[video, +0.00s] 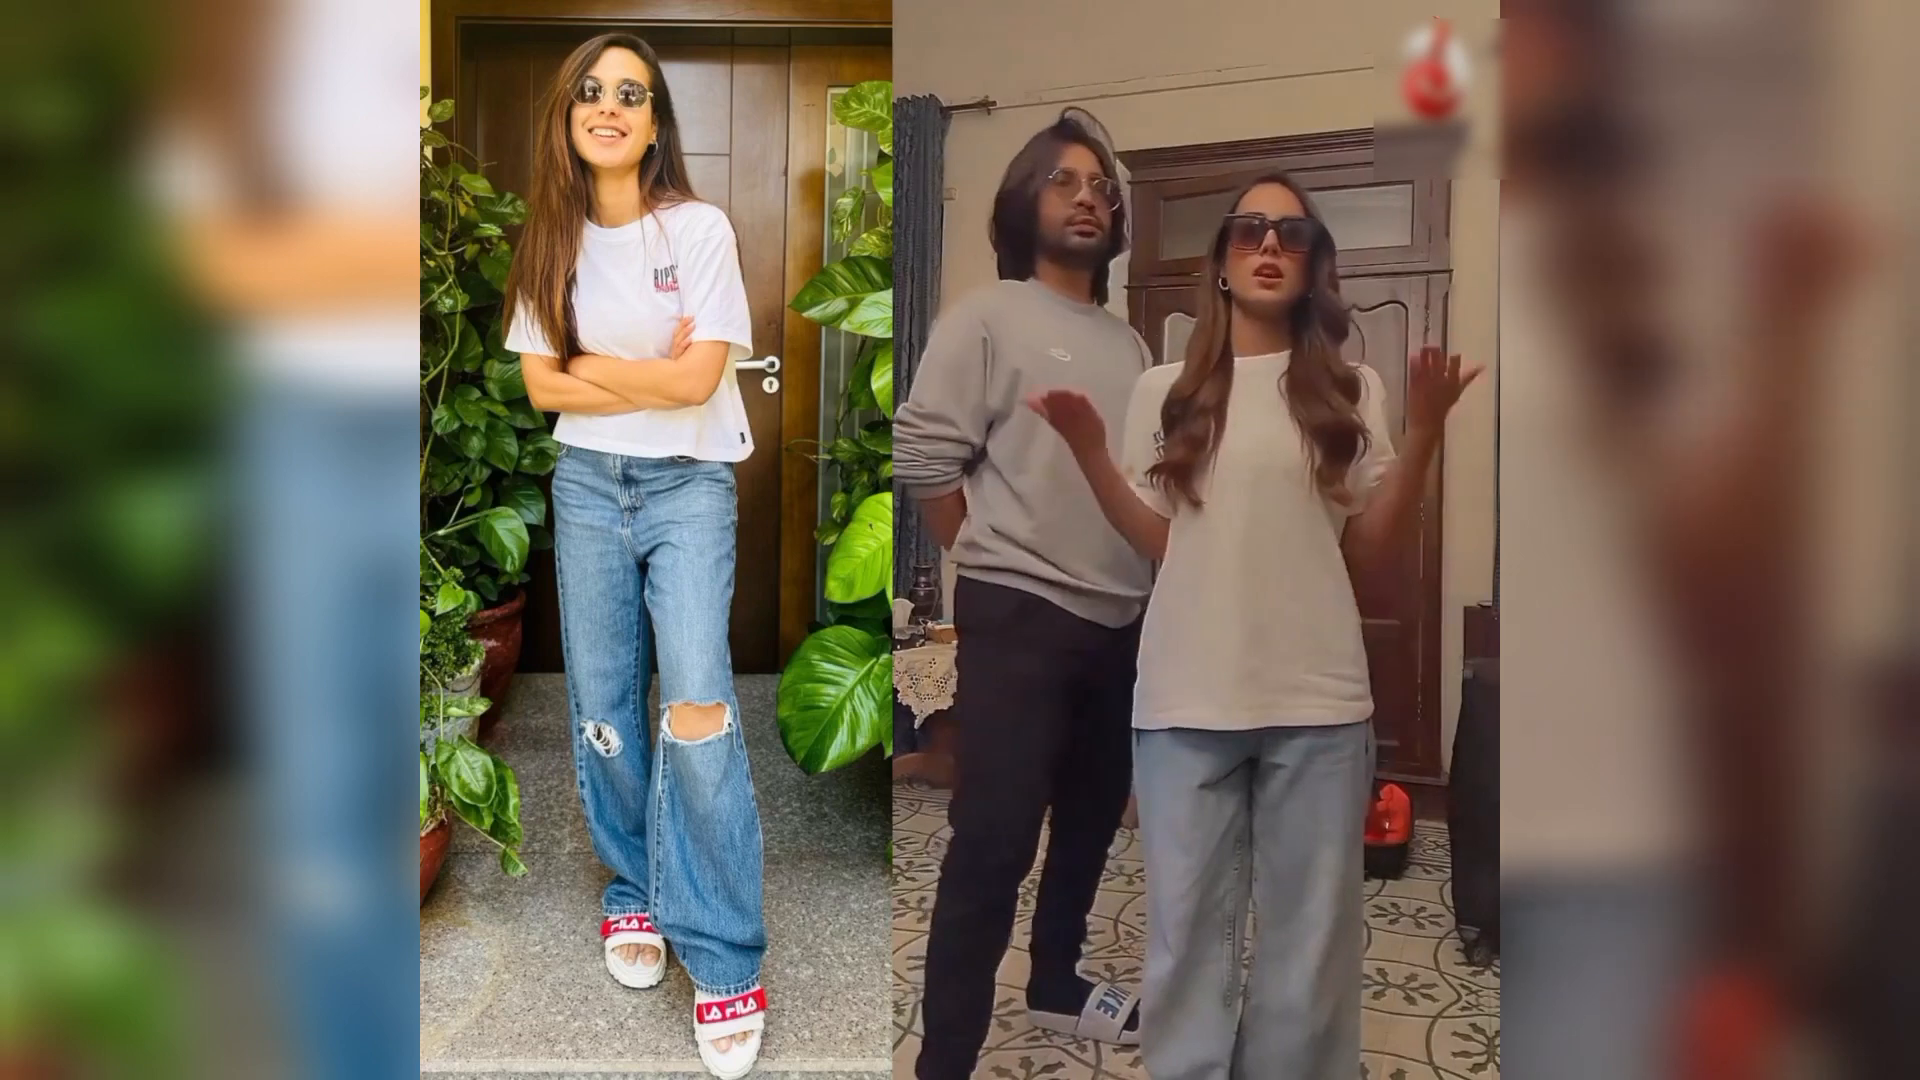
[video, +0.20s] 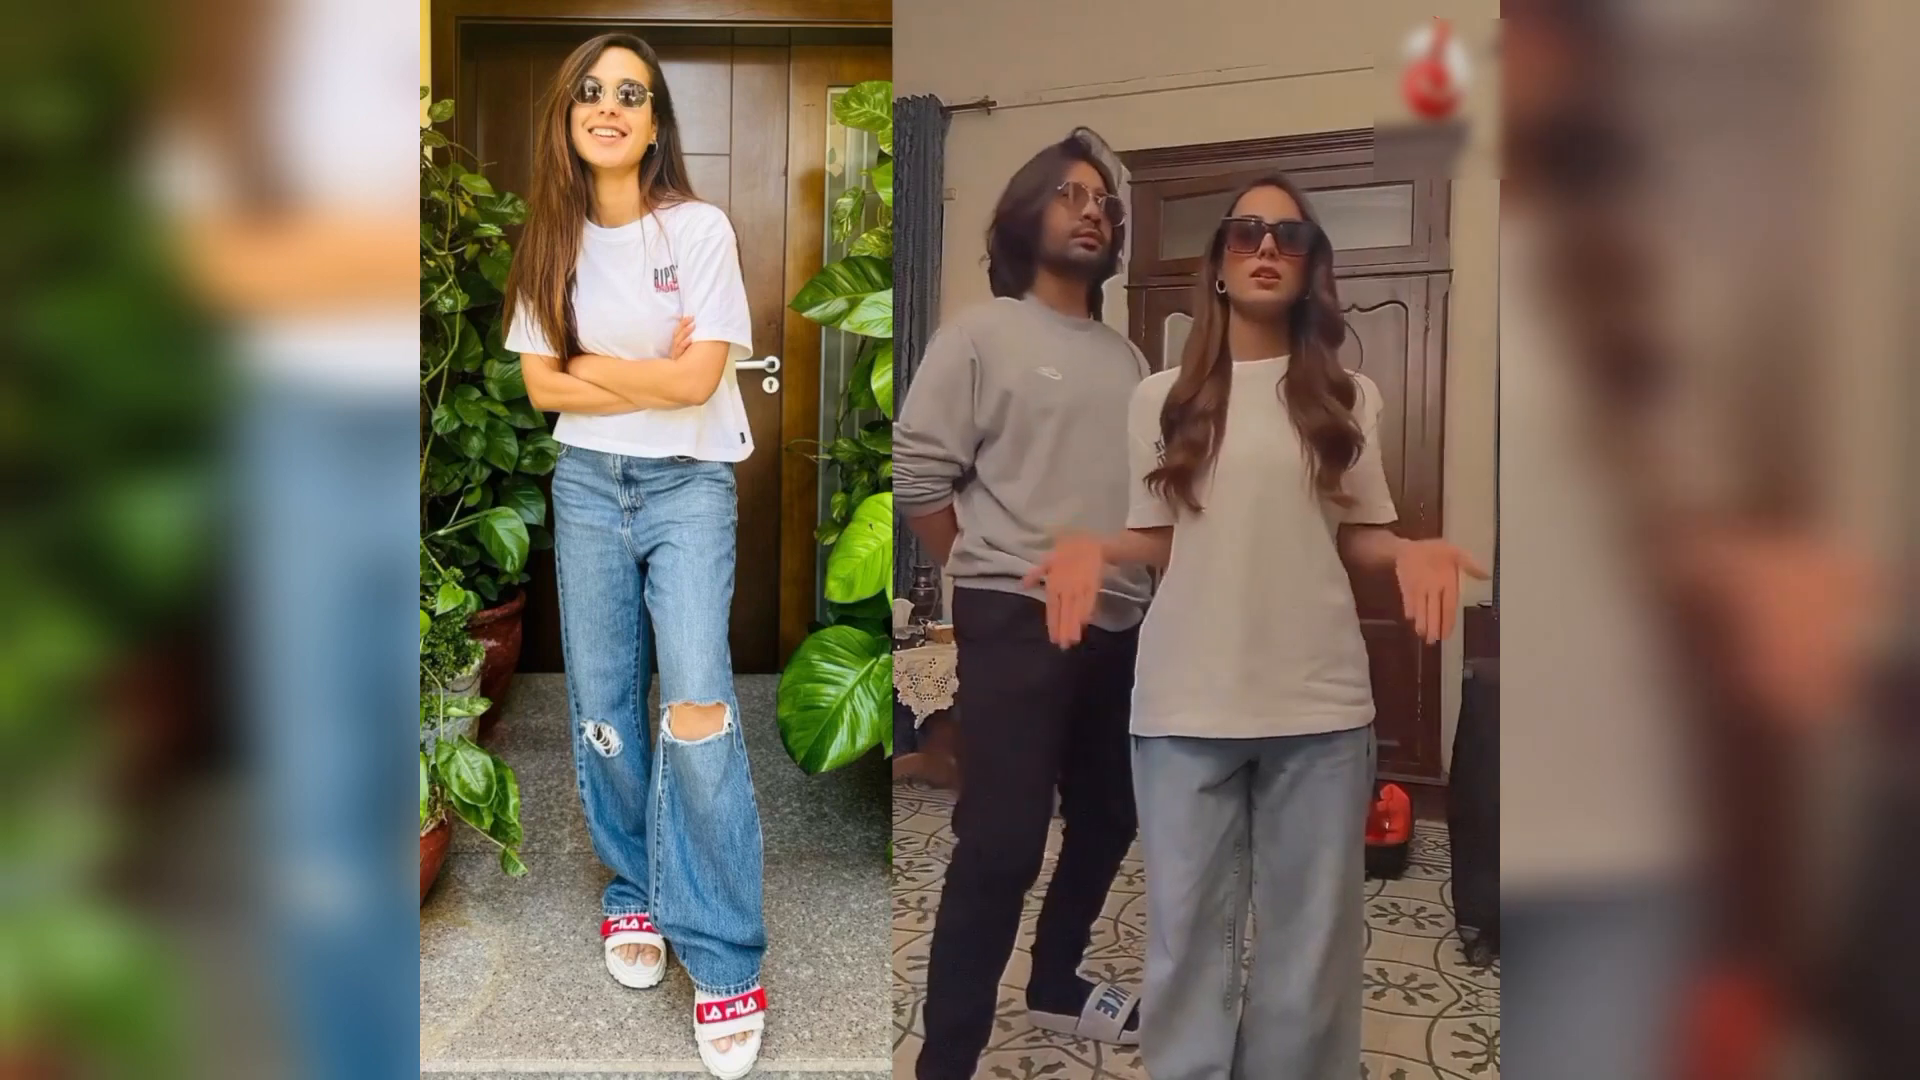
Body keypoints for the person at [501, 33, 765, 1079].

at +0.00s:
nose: (610, 110)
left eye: (630, 97)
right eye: (593, 95)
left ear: (656, 121)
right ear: (566, 117)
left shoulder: (699, 225)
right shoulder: (549, 239)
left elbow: (699, 378)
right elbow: (540, 385)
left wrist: (576, 362)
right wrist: (662, 378)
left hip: (689, 482)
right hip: (584, 484)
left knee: (695, 709)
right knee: (603, 709)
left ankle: (724, 955)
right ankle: (631, 890)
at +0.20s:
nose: (610, 110)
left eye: (630, 97)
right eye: (593, 95)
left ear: (656, 121)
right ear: (566, 117)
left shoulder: (699, 225)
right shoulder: (549, 239)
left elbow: (699, 378)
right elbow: (540, 385)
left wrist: (576, 362)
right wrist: (662, 378)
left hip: (689, 482)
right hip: (584, 484)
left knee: (695, 709)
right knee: (603, 709)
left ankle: (724, 955)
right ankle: (631, 890)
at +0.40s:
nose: (610, 111)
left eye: (629, 97)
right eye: (593, 95)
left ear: (656, 122)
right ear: (566, 117)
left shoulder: (699, 226)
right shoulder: (550, 239)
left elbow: (698, 378)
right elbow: (540, 385)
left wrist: (576, 362)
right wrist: (662, 378)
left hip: (689, 482)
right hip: (584, 484)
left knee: (695, 709)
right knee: (602, 708)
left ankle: (724, 955)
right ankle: (631, 890)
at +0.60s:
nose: (610, 111)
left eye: (629, 97)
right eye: (593, 95)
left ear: (656, 122)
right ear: (566, 117)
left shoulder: (699, 226)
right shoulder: (549, 239)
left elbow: (698, 378)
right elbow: (540, 385)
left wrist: (576, 362)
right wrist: (662, 378)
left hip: (689, 482)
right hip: (584, 484)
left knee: (695, 709)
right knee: (602, 708)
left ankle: (724, 955)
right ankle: (631, 890)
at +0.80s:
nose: (610, 110)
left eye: (630, 97)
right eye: (593, 95)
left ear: (656, 121)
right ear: (566, 117)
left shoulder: (699, 225)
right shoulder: (549, 239)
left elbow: (699, 378)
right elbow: (540, 385)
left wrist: (576, 362)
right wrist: (662, 378)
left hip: (689, 482)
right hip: (584, 484)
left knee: (695, 709)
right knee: (603, 709)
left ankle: (724, 955)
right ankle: (631, 890)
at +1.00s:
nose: (610, 111)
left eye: (629, 97)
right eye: (593, 95)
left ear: (656, 122)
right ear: (566, 117)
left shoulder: (699, 225)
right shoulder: (550, 239)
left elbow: (698, 378)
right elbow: (540, 385)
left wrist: (576, 362)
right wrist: (662, 378)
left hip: (689, 482)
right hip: (584, 484)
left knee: (695, 709)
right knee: (602, 708)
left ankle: (724, 955)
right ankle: (631, 890)